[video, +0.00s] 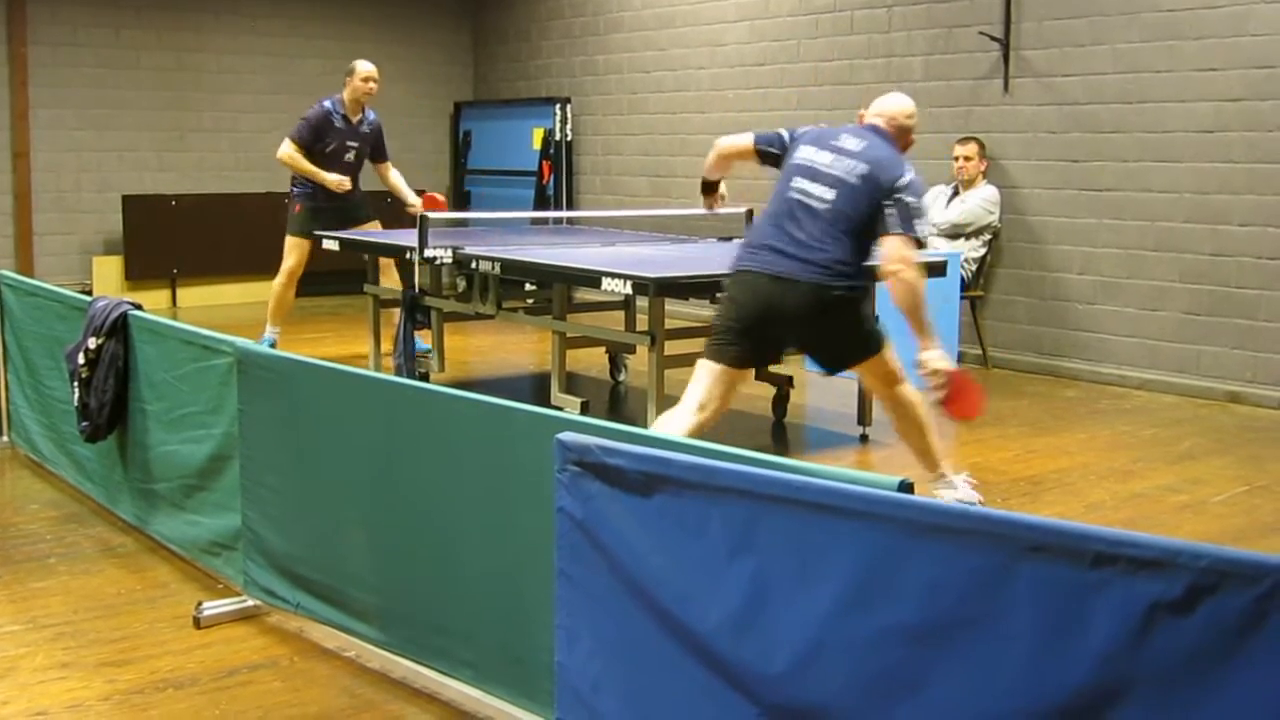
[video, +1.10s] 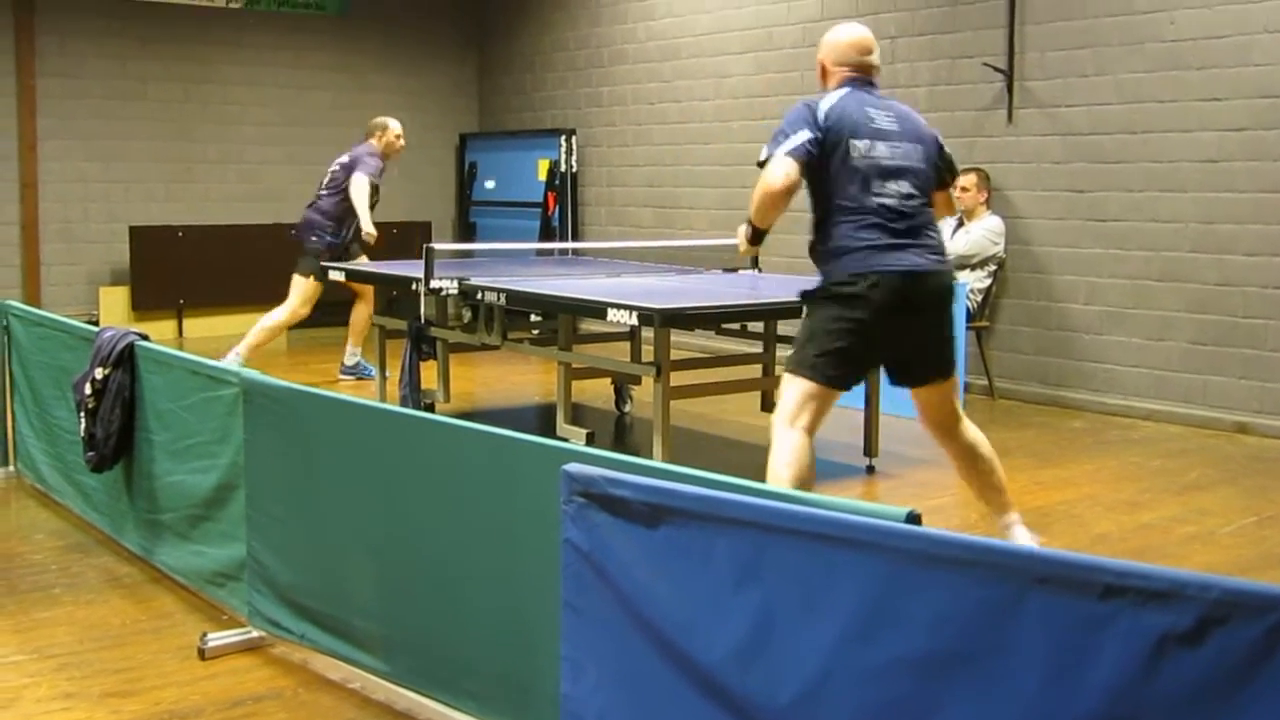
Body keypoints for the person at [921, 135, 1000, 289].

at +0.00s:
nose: (960, 165)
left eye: (967, 159)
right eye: (956, 159)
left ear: (983, 165)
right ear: (952, 163)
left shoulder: (989, 195)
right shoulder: (938, 192)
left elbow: (956, 223)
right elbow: (912, 219)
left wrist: (929, 220)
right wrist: (941, 231)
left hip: (956, 270)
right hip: (924, 263)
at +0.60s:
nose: (952, 174)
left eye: (960, 168)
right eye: (949, 168)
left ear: (977, 173)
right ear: (945, 171)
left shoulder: (984, 204)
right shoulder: (935, 200)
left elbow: (952, 232)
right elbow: (902, 228)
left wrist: (914, 232)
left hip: (949, 280)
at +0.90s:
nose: (951, 186)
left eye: (958, 181)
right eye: (949, 180)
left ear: (976, 186)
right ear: (946, 181)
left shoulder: (987, 216)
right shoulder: (938, 213)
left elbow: (954, 245)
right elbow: (905, 241)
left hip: (953, 293)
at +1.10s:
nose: (956, 194)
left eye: (964, 190)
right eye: (955, 189)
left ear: (983, 196)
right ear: (951, 190)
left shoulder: (994, 226)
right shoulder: (947, 223)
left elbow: (960, 253)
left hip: (962, 302)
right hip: (935, 294)